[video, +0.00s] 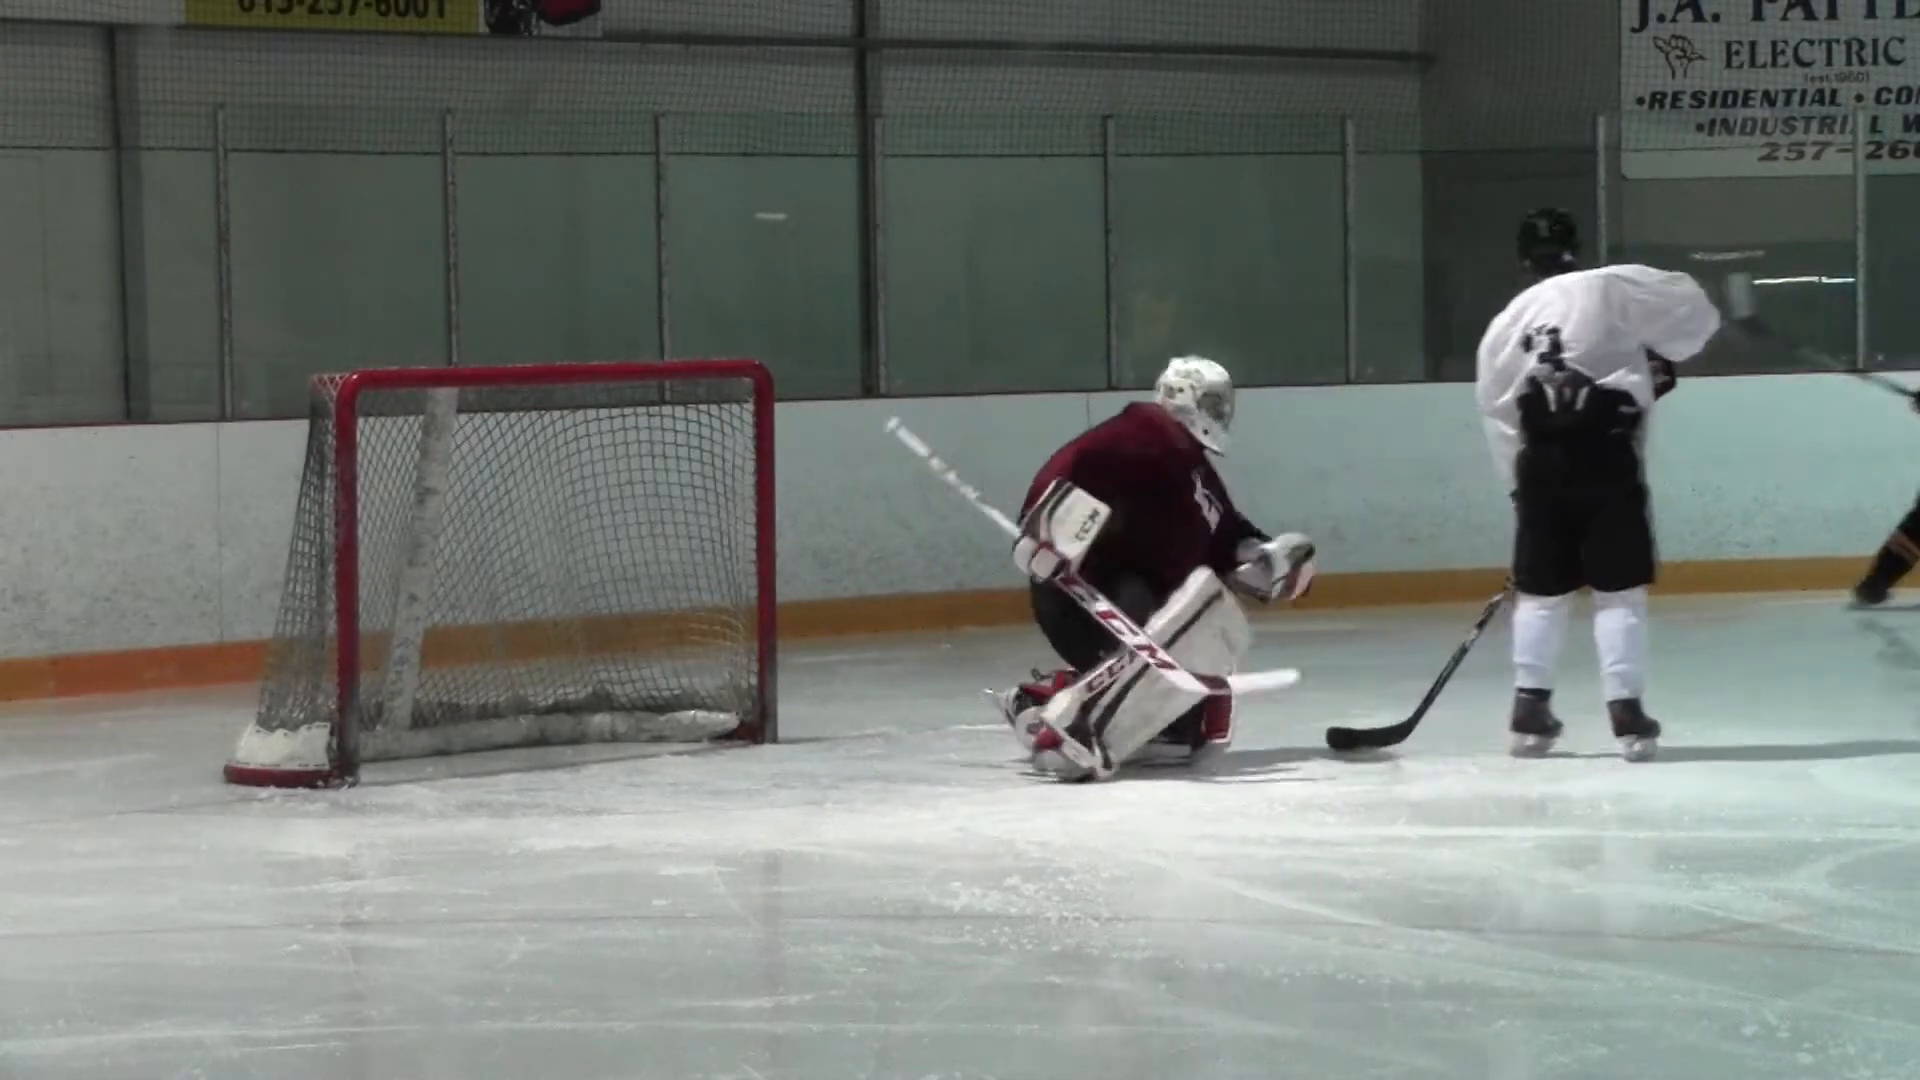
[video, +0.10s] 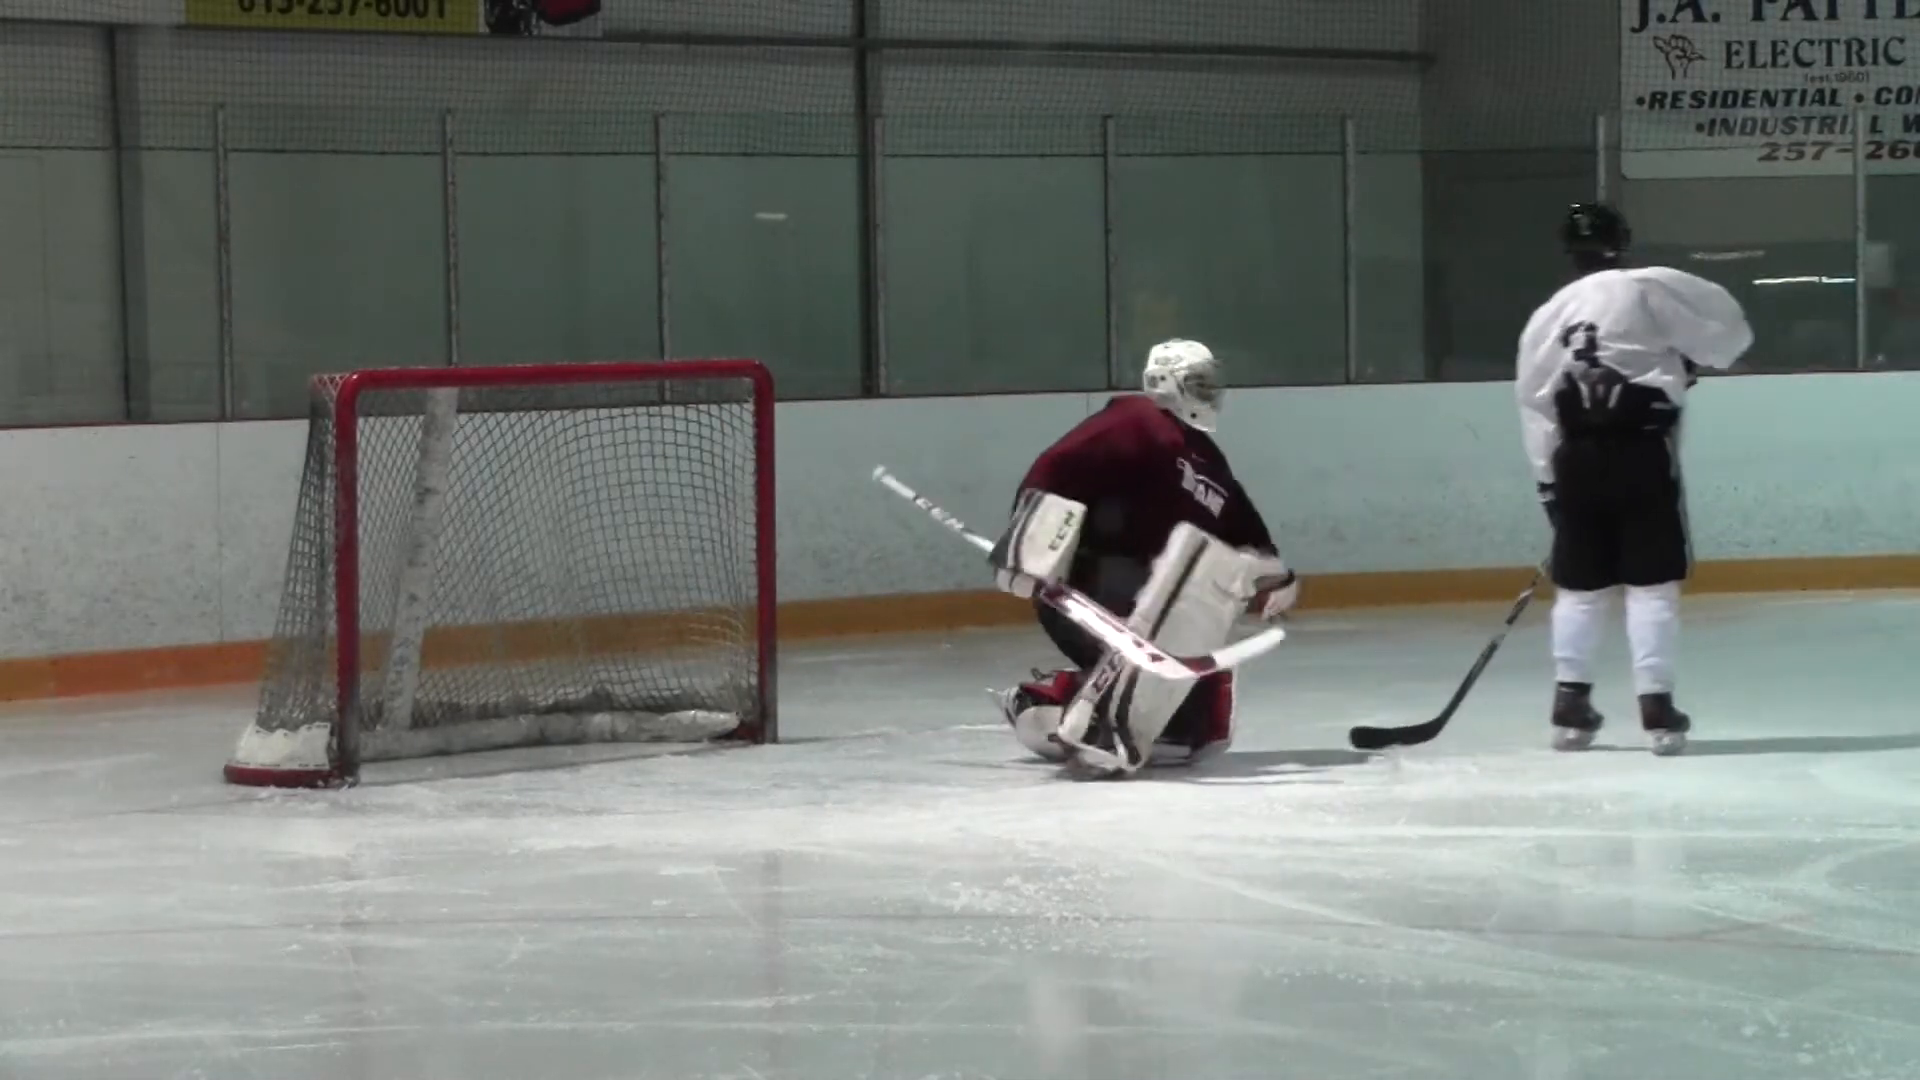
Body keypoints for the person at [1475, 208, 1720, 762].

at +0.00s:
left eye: (1538, 257)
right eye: (1568, 251)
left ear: (1525, 260)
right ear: (1575, 250)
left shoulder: (1504, 325)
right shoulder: (1611, 285)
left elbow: (1499, 417)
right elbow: (1696, 309)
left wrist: (1519, 485)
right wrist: (1663, 364)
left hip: (1542, 464)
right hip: (1609, 457)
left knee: (1540, 587)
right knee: (1618, 587)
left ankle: (1530, 707)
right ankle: (1625, 708)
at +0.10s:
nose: (1614, 256)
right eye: (1615, 245)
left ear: (1569, 253)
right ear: (1620, 246)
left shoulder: (1544, 318)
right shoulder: (1649, 289)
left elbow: (1536, 412)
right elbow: (1733, 333)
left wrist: (1548, 487)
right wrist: (1688, 365)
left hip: (1577, 461)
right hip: (1644, 456)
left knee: (1580, 582)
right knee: (1652, 579)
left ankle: (1569, 699)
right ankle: (1655, 702)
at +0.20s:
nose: (1662, 249)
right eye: (1665, 240)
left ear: (1615, 247)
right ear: (1666, 243)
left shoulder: (1587, 312)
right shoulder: (1694, 289)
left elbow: (1574, 404)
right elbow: (1765, 346)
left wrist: (1583, 479)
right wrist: (1710, 365)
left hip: (1611, 460)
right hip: (1678, 456)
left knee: (1616, 579)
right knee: (1685, 576)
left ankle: (1608, 695)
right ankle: (1686, 697)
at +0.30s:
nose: (1717, 247)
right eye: (1717, 239)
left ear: (1664, 245)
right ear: (1715, 242)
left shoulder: (1633, 308)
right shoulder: (1738, 291)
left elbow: (1616, 400)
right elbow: (1799, 353)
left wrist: (1623, 475)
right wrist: (1745, 363)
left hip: (1649, 457)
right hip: (1714, 454)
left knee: (1653, 574)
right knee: (1722, 573)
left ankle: (1645, 689)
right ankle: (1722, 693)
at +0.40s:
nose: (1767, 247)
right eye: (1765, 238)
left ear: (1712, 244)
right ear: (1764, 240)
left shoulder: (1680, 304)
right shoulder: (1780, 289)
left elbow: (1661, 396)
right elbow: (1838, 355)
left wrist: (1665, 466)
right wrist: (1782, 378)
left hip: (1687, 451)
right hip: (1751, 450)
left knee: (1692, 567)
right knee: (1763, 567)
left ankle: (1683, 682)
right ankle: (1760, 686)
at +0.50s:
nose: (1821, 248)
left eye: (1817, 238)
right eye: (1819, 239)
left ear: (1764, 243)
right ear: (1813, 240)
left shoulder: (1728, 303)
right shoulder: (1823, 289)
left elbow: (1708, 395)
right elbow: (1876, 357)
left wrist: (1714, 466)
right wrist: (1822, 385)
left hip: (1729, 450)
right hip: (1789, 449)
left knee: (1735, 564)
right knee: (1806, 564)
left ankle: (1726, 679)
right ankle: (1798, 683)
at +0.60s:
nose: (1879, 247)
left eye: (1876, 238)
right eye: (1874, 239)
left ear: (1821, 242)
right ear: (1862, 241)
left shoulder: (1784, 298)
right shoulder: (1874, 291)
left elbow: (1757, 373)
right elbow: (1906, 371)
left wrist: (1763, 449)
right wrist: (1863, 383)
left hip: (1776, 443)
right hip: (1834, 444)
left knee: (1782, 560)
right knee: (1851, 559)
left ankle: (1772, 674)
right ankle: (1836, 677)